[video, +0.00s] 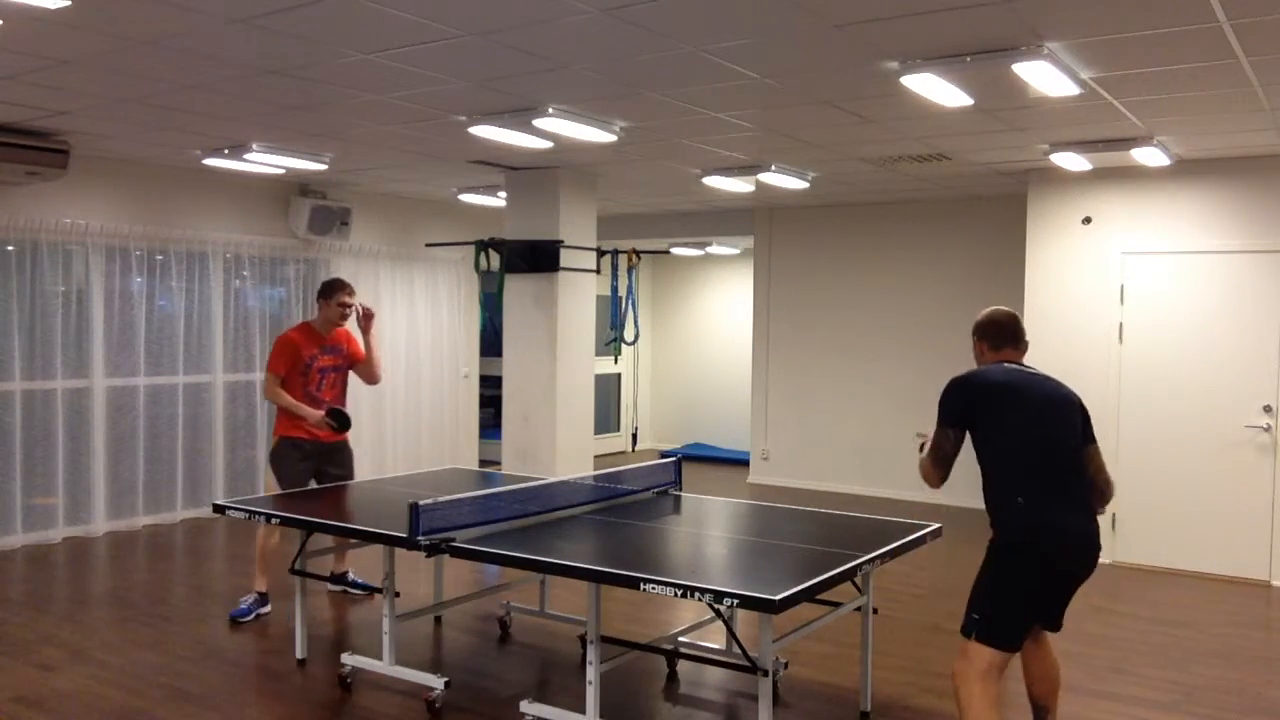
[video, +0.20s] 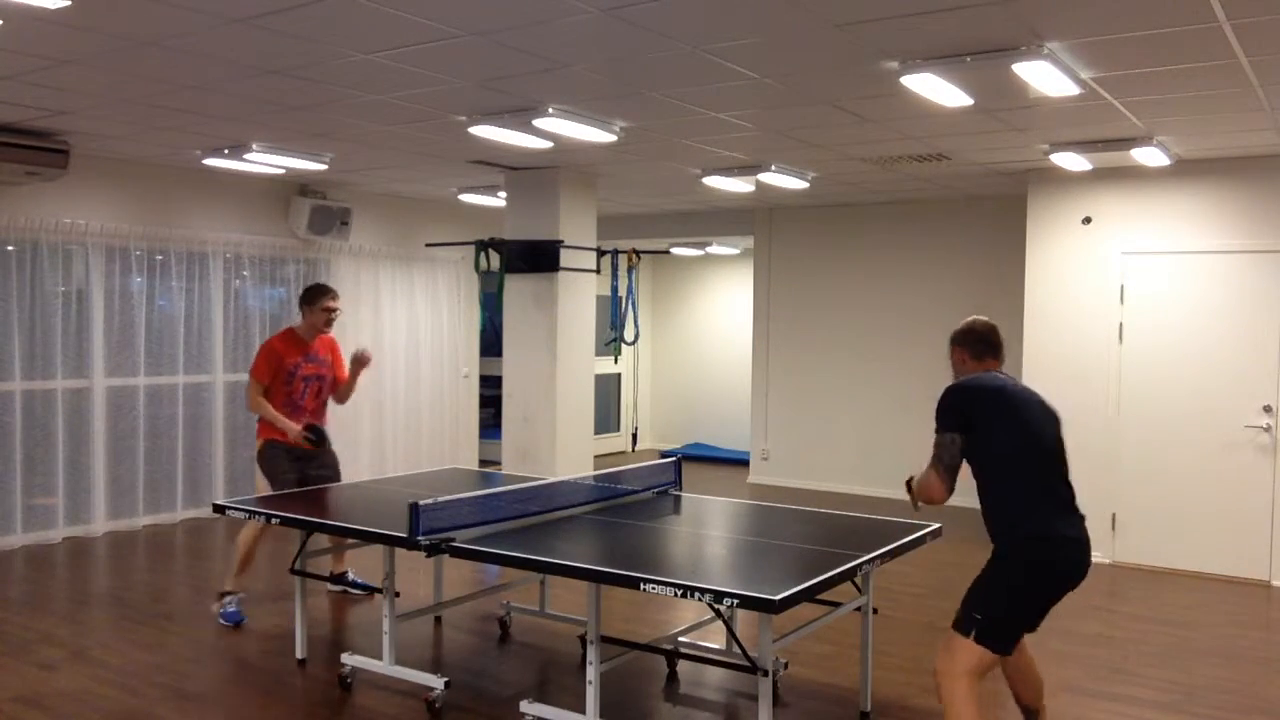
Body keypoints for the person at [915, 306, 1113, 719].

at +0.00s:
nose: (975, 355)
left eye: (974, 348)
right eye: (978, 349)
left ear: (979, 346)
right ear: (1025, 347)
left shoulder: (968, 386)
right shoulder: (1064, 394)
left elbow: (934, 476)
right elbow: (1102, 488)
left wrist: (927, 451)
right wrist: (1069, 515)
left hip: (1022, 540)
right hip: (1080, 542)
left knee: (976, 670)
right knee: (1034, 632)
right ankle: (1045, 717)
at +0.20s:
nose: (953, 369)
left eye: (952, 361)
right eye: (955, 361)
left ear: (959, 356)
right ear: (999, 357)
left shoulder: (962, 394)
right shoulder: (1035, 402)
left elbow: (936, 492)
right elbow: (1048, 479)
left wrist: (917, 485)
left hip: (1027, 551)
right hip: (1071, 551)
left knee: (955, 668)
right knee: (1008, 641)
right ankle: (1035, 714)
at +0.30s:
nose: (939, 373)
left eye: (941, 363)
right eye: (939, 363)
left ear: (958, 360)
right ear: (983, 360)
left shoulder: (969, 401)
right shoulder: (1012, 404)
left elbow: (946, 493)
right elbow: (995, 503)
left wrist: (913, 486)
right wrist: (923, 508)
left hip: (1025, 561)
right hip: (1058, 559)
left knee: (941, 678)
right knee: (994, 650)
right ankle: (1031, 713)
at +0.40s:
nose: (924, 374)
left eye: (926, 364)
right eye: (924, 364)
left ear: (945, 362)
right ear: (966, 362)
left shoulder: (968, 403)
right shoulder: (990, 402)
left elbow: (949, 496)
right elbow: (928, 491)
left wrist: (906, 468)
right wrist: (844, 494)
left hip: (1015, 573)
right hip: (1041, 567)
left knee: (926, 688)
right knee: (989, 651)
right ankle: (1031, 715)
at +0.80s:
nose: (878, 352)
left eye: (880, 342)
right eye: (878, 342)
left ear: (898, 343)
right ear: (935, 342)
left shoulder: (908, 403)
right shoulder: (980, 388)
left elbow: (909, 516)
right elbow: (968, 500)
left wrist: (873, 503)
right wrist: (889, 496)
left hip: (990, 566)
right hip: (1046, 557)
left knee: (903, 694)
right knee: (1007, 658)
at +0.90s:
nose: (889, 348)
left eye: (891, 338)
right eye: (889, 338)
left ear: (910, 339)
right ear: (947, 337)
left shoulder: (913, 397)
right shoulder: (993, 384)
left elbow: (917, 512)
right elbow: (994, 484)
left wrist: (885, 498)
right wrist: (925, 498)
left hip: (991, 563)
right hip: (1050, 555)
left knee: (909, 694)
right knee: (1013, 659)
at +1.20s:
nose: (912, 358)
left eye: (912, 347)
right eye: (911, 348)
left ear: (925, 346)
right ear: (966, 345)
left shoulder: (919, 404)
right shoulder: (1015, 397)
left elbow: (920, 517)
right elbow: (1060, 501)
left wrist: (912, 538)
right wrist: (962, 532)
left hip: (982, 570)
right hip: (1048, 565)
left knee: (891, 696)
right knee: (1012, 665)